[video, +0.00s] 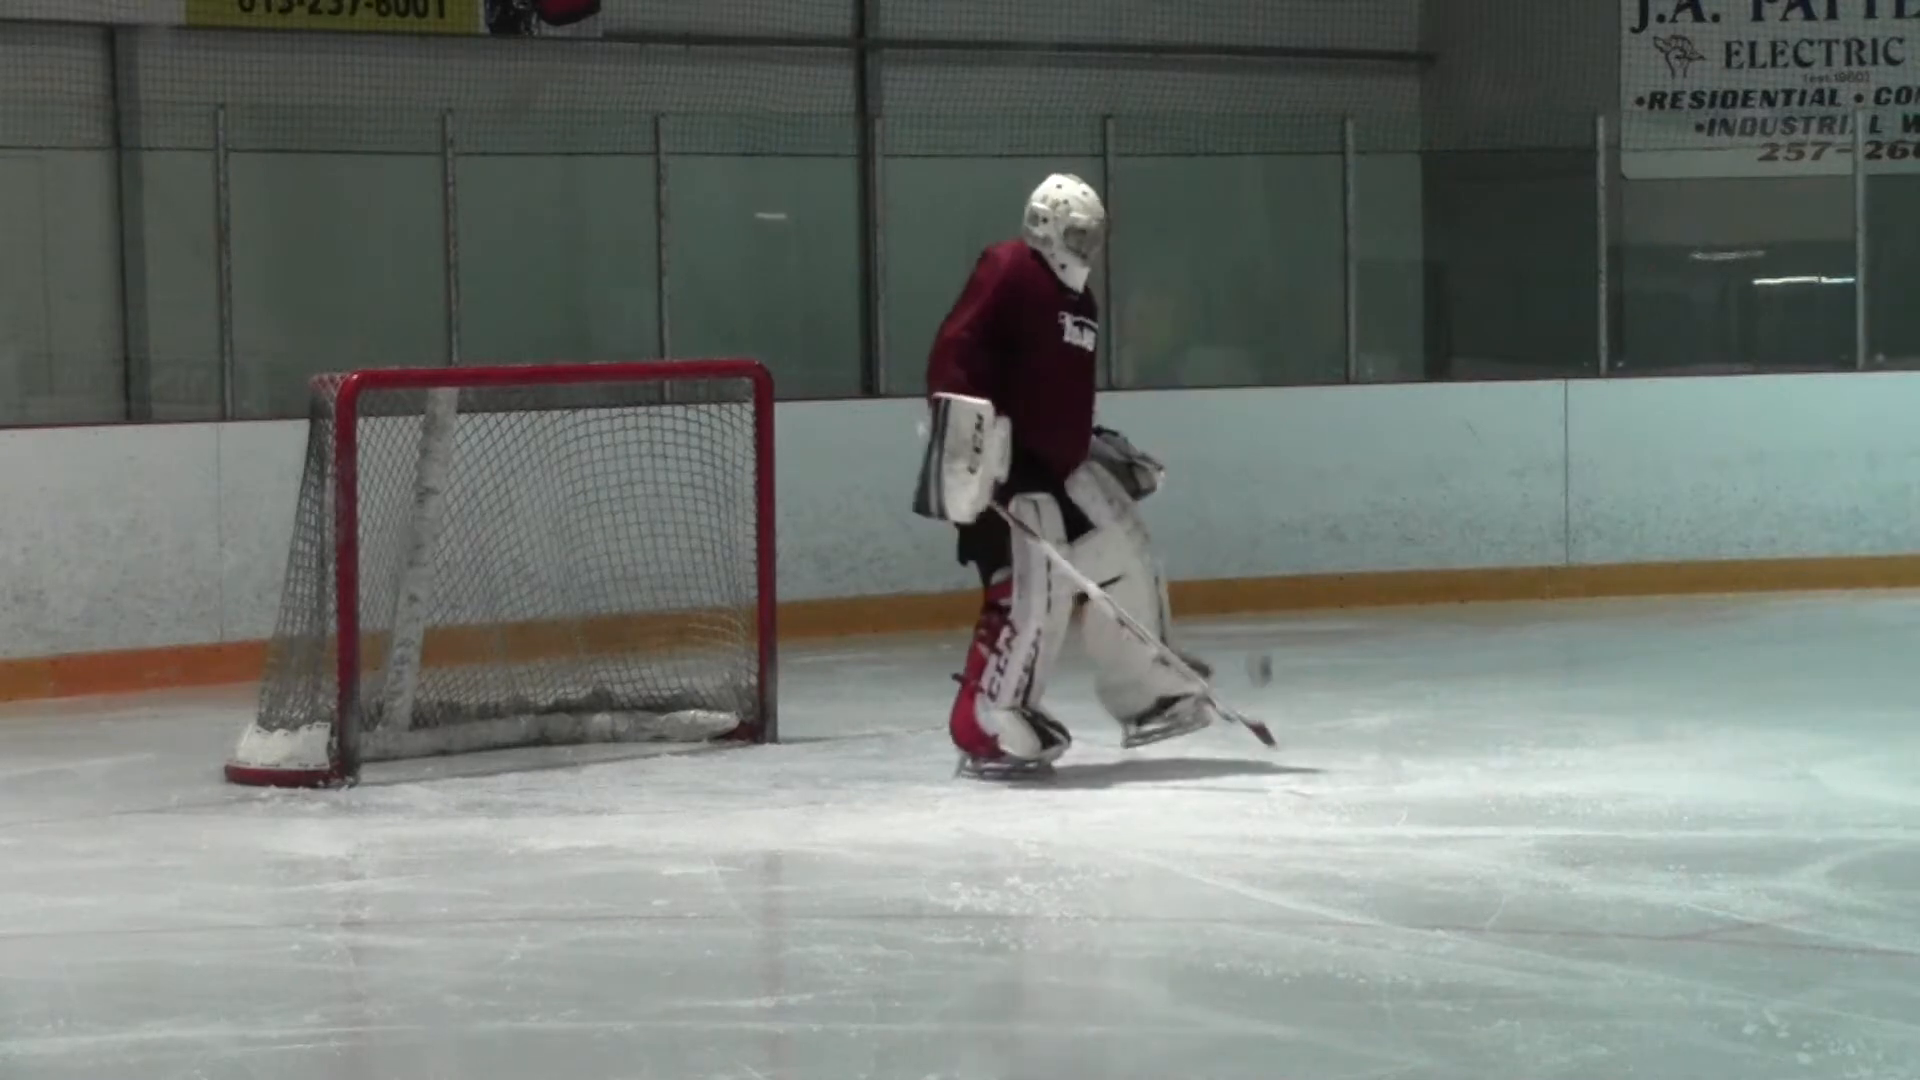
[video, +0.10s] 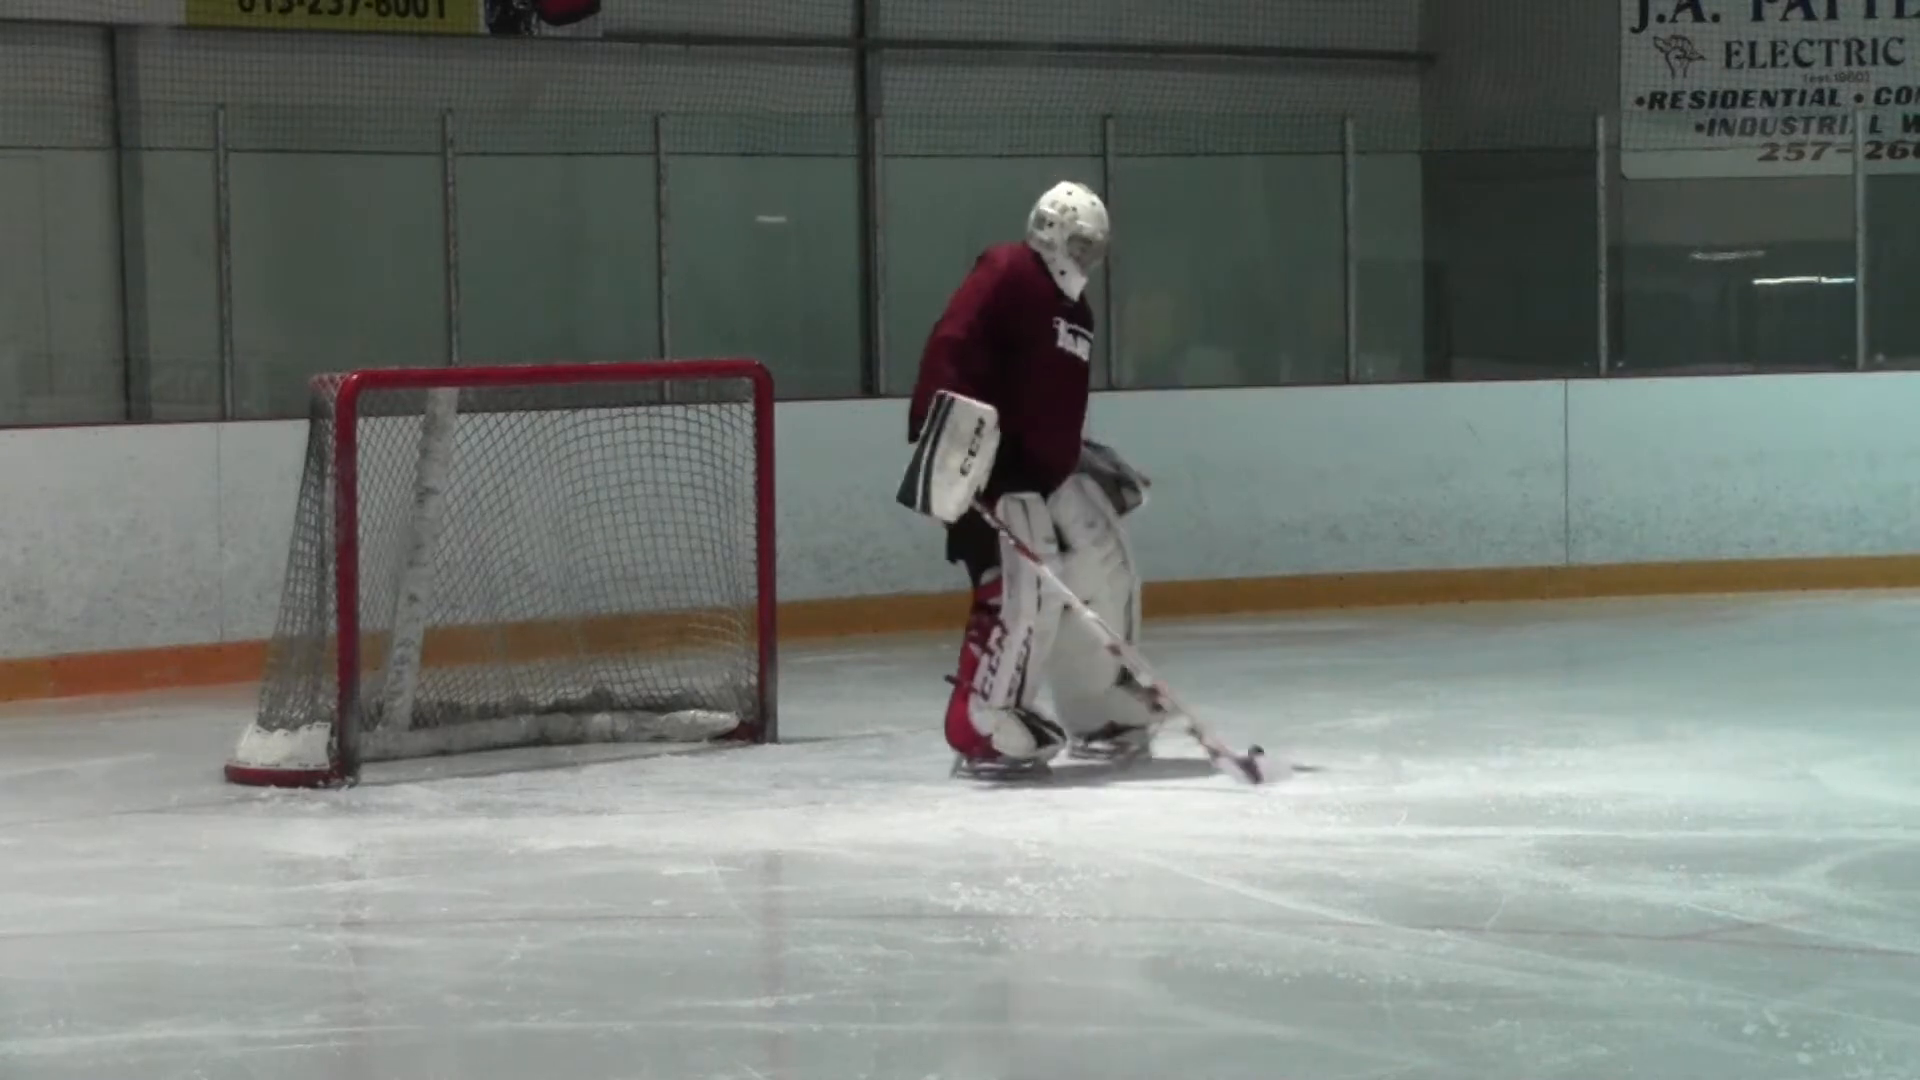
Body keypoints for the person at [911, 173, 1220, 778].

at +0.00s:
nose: (1086, 248)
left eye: (1092, 238)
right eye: (1078, 235)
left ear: (1094, 236)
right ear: (1048, 227)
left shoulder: (1077, 292)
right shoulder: (1008, 267)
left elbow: (1059, 391)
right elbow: (955, 355)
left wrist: (1099, 451)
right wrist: (969, 463)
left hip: (1066, 468)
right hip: (1012, 472)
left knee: (1123, 564)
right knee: (1027, 597)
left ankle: (1148, 696)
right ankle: (990, 725)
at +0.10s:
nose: (1085, 258)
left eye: (1093, 247)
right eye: (1078, 244)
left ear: (1099, 246)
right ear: (1047, 233)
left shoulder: (1077, 306)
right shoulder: (1007, 269)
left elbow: (1050, 400)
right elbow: (949, 348)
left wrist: (1079, 461)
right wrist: (940, 441)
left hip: (1050, 473)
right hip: (996, 472)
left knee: (1100, 578)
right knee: (1014, 597)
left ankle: (1098, 713)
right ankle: (982, 730)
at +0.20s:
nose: (1087, 271)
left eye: (1097, 262)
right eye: (1082, 256)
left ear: (1101, 258)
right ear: (1055, 241)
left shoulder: (1075, 316)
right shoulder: (1006, 276)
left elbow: (1049, 406)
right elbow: (947, 361)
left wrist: (1060, 474)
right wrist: (941, 468)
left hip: (1038, 484)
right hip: (983, 480)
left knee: (1071, 598)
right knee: (999, 603)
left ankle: (1043, 712)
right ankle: (971, 736)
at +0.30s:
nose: (1087, 282)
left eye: (1097, 273)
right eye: (1084, 266)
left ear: (1098, 266)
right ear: (1060, 248)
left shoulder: (1070, 321)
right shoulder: (1009, 275)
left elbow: (1036, 413)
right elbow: (947, 357)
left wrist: (1054, 477)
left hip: (1017, 481)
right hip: (952, 472)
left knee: (1057, 587)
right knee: (989, 591)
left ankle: (1025, 703)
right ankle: (955, 721)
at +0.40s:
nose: (1077, 286)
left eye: (1089, 279)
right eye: (1074, 270)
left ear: (1094, 278)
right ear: (1051, 253)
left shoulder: (1062, 334)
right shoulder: (1007, 275)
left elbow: (1032, 419)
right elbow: (952, 345)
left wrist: (1047, 478)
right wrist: (968, 413)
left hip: (1010, 481)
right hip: (955, 467)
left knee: (1045, 588)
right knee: (980, 585)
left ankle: (1006, 705)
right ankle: (938, 713)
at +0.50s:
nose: (1065, 289)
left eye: (1077, 281)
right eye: (1062, 272)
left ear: (1082, 278)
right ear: (1041, 255)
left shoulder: (1050, 335)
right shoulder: (1000, 273)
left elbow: (1032, 425)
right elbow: (947, 335)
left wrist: (1054, 475)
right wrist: (973, 395)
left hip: (1012, 483)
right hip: (962, 475)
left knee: (1030, 595)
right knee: (974, 594)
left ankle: (995, 701)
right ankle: (942, 709)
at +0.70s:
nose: (1038, 289)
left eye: (1050, 282)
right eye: (1035, 273)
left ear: (1055, 280)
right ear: (1014, 255)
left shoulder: (1027, 339)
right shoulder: (976, 266)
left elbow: (1016, 418)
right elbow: (912, 295)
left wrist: (1043, 466)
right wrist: (957, 346)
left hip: (979, 477)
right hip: (928, 468)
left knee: (998, 589)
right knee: (953, 589)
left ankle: (964, 696)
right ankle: (925, 709)